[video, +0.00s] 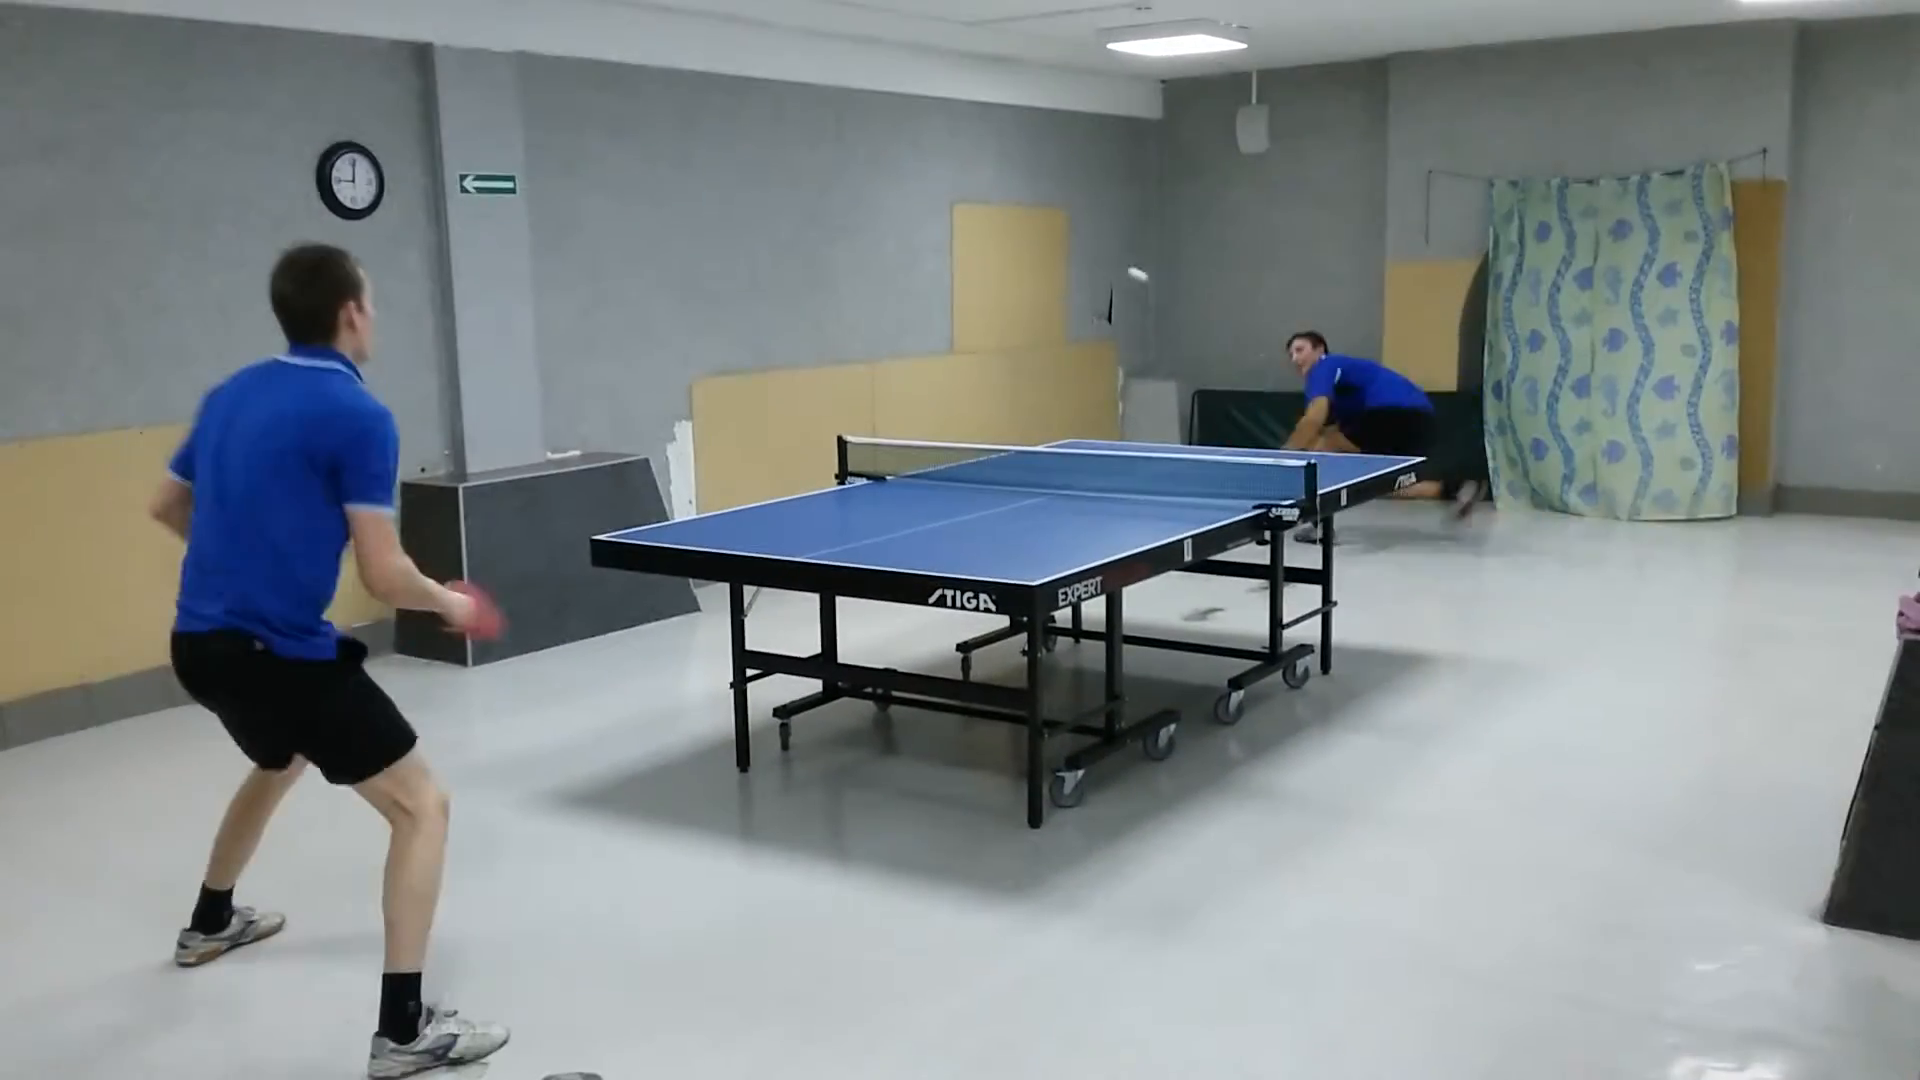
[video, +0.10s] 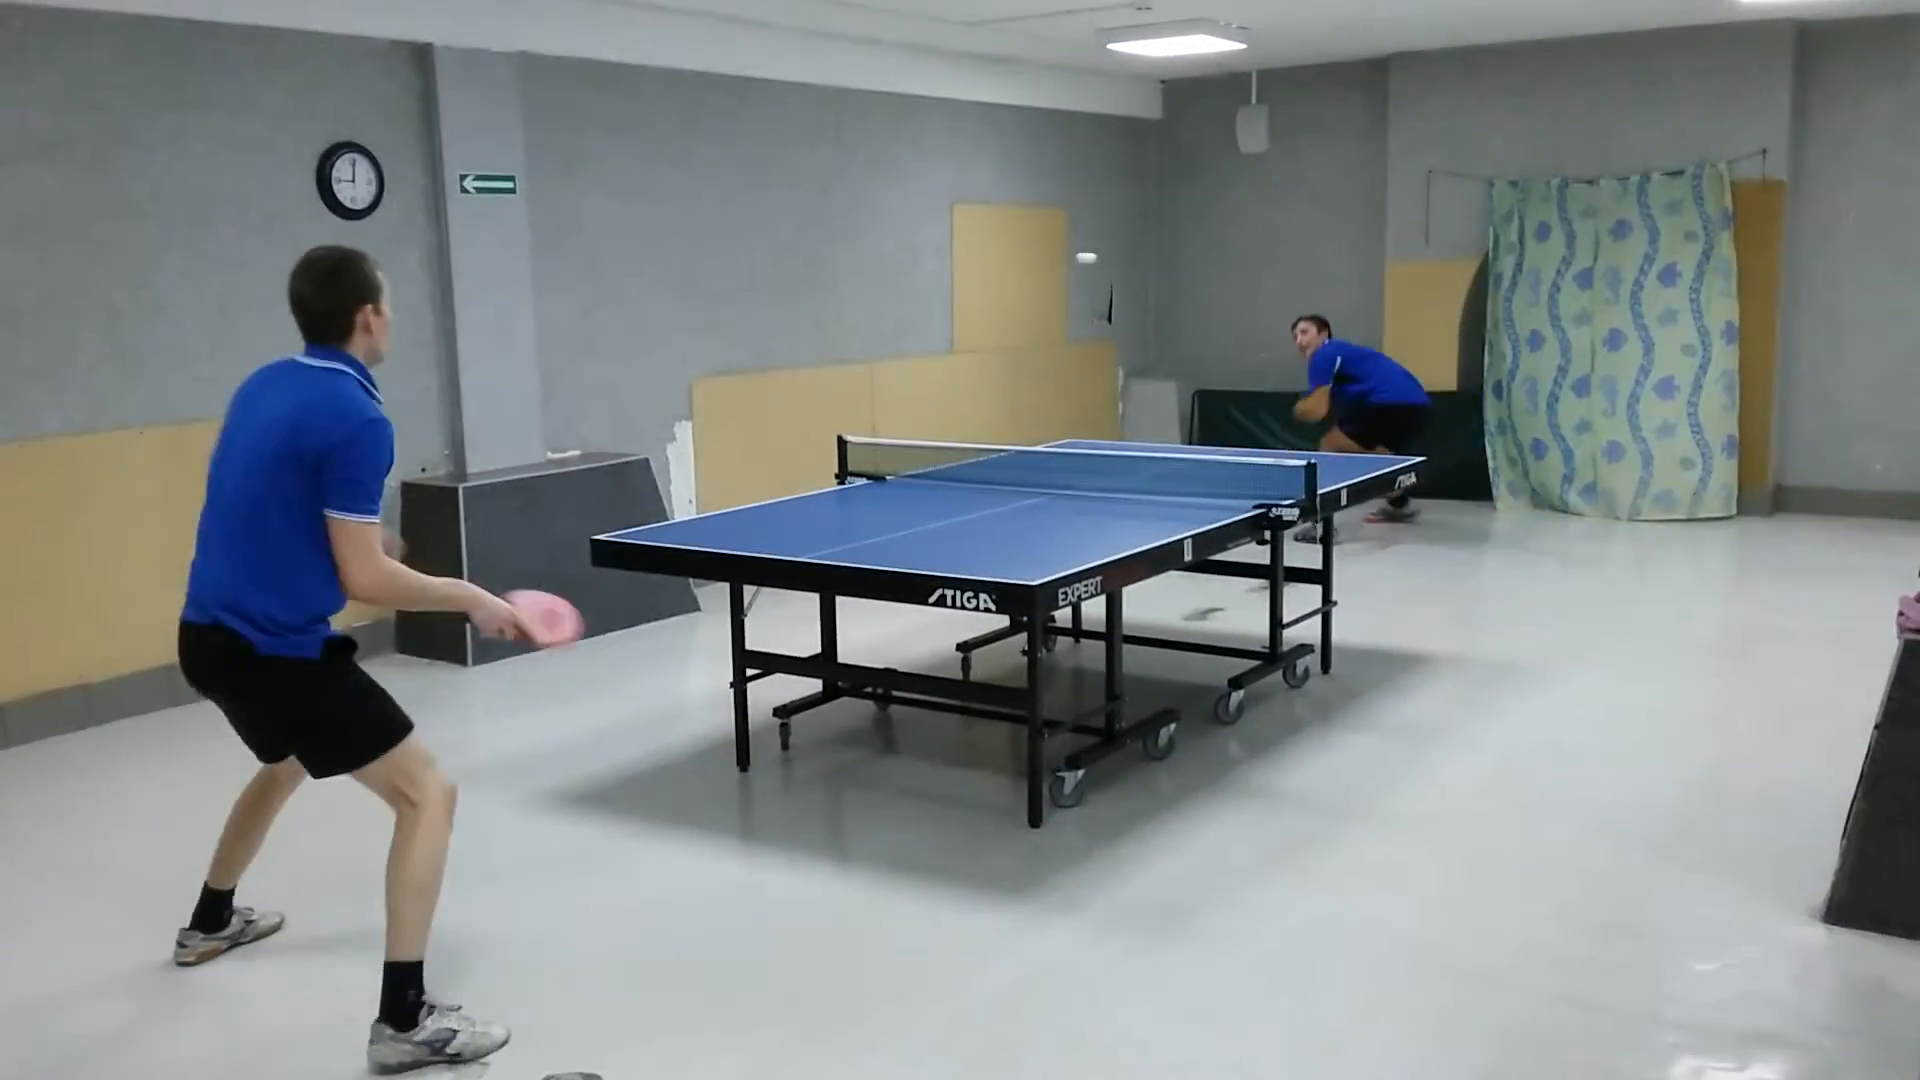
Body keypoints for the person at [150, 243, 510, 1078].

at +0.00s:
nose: (373, 318)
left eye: (367, 304)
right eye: (368, 305)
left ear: (290, 317)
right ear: (350, 314)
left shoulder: (234, 392)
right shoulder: (359, 415)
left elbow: (169, 505)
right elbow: (382, 573)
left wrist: (244, 552)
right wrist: (447, 598)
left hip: (200, 641)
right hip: (285, 650)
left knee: (281, 756)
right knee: (420, 806)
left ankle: (208, 921)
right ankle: (403, 1029)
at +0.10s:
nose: (390, 319)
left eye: (384, 305)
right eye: (386, 307)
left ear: (309, 318)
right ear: (367, 318)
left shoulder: (262, 385)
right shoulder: (354, 416)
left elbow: (267, 523)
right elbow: (364, 577)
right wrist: (473, 599)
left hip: (209, 633)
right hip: (282, 647)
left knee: (287, 758)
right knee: (426, 793)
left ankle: (209, 921)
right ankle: (404, 1018)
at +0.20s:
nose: (410, 315)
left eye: (405, 301)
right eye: (406, 303)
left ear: (332, 313)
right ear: (387, 314)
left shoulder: (294, 378)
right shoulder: (357, 418)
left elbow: (302, 477)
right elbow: (357, 578)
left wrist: (401, 494)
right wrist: (479, 610)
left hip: (231, 626)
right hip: (288, 642)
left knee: (296, 762)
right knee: (437, 783)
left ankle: (210, 920)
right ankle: (417, 1011)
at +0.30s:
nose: (436, 315)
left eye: (432, 301)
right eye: (432, 302)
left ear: (362, 314)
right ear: (411, 314)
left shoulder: (342, 383)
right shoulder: (355, 422)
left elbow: (371, 473)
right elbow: (354, 588)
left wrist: (465, 480)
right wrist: (474, 634)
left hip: (275, 626)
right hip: (308, 647)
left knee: (331, 761)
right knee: (451, 793)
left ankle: (219, 910)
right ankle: (418, 1016)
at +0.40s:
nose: (468, 337)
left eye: (466, 323)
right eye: (464, 324)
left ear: (411, 335)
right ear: (440, 335)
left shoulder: (424, 404)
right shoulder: (357, 449)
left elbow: (437, 483)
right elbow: (355, 610)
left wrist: (505, 491)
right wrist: (465, 678)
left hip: (355, 636)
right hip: (313, 655)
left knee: (402, 757)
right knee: (473, 802)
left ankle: (266, 876)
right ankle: (419, 1017)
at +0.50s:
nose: (500, 365)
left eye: (499, 353)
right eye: (496, 353)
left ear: (446, 364)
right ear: (469, 363)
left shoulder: (480, 428)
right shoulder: (360, 472)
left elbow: (548, 497)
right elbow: (356, 634)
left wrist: (572, 513)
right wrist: (448, 715)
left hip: (396, 650)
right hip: (333, 665)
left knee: (434, 774)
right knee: (487, 808)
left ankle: (300, 879)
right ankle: (419, 1018)